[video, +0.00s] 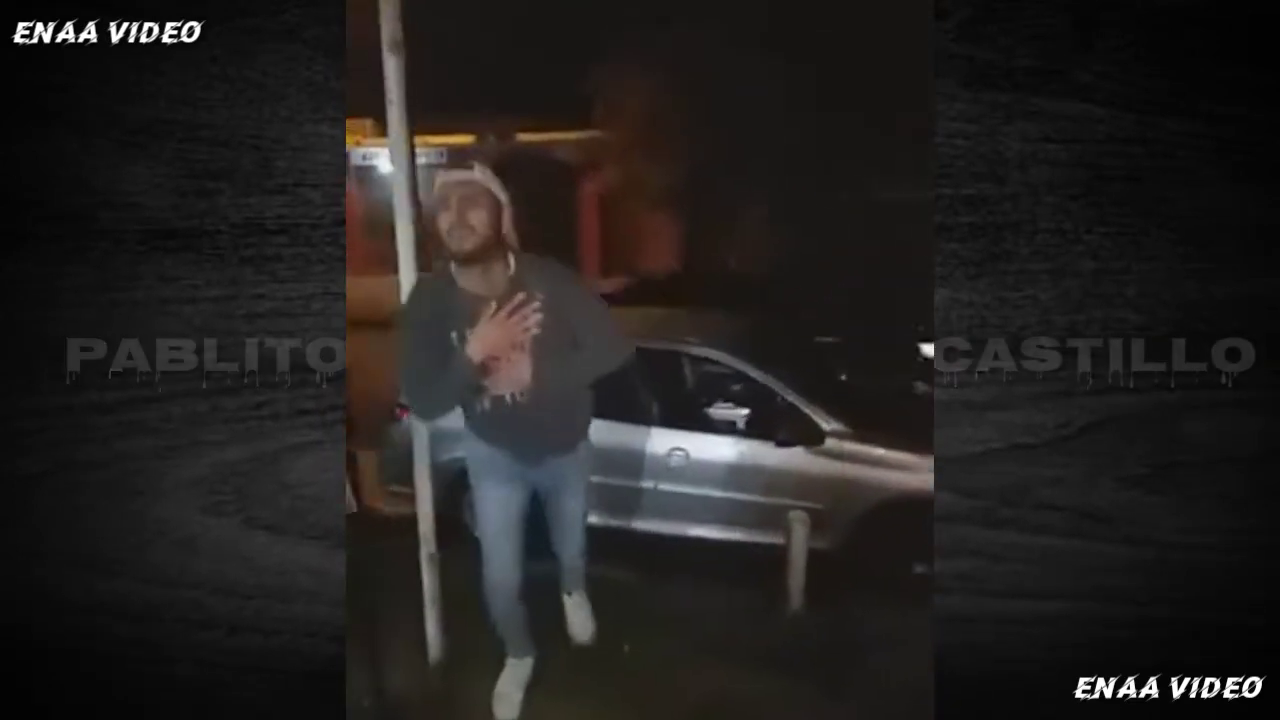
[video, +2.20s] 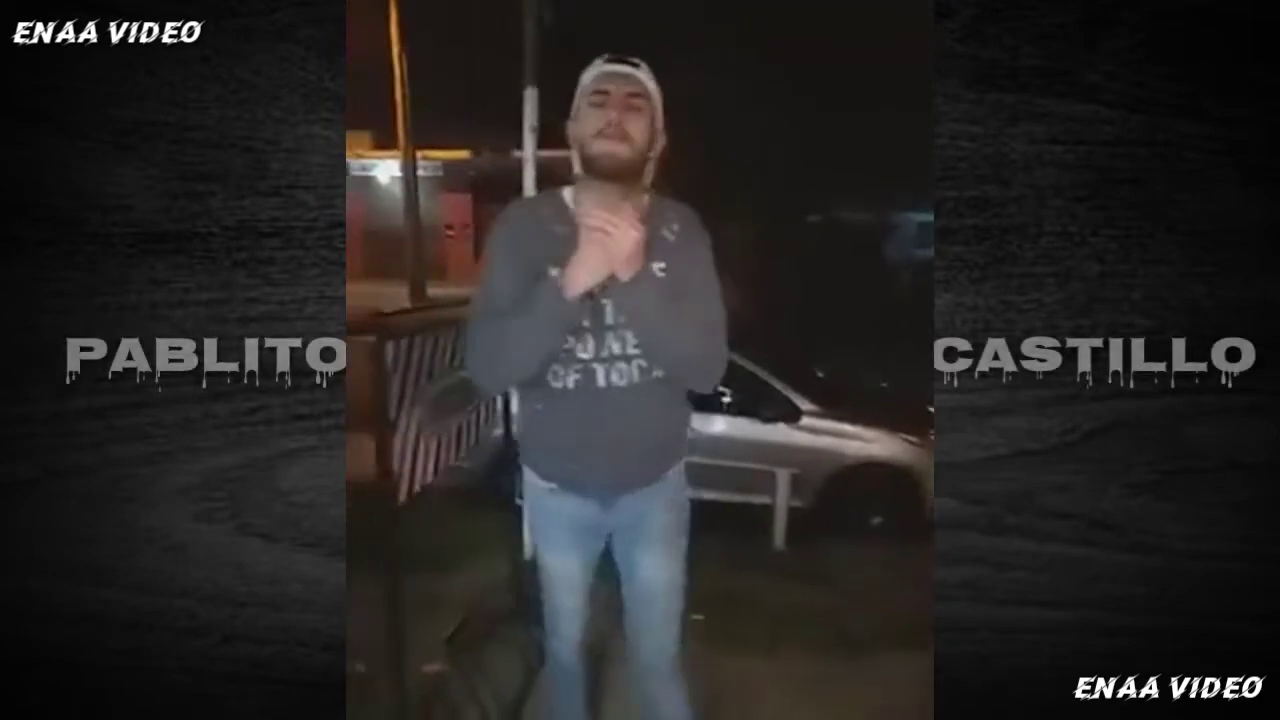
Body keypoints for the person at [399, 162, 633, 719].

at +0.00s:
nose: (457, 219)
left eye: (471, 206)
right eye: (445, 209)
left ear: (500, 216)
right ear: (435, 223)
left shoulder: (549, 280)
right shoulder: (431, 297)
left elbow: (613, 349)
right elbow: (423, 401)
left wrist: (539, 371)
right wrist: (474, 352)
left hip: (562, 448)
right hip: (492, 455)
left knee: (571, 546)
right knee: (500, 575)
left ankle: (573, 594)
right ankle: (517, 655)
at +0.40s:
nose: (549, 161)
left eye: (561, 151)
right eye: (536, 151)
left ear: (580, 165)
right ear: (516, 165)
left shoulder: (614, 243)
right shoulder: (497, 247)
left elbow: (655, 333)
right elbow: (471, 346)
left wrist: (595, 296)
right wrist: (516, 293)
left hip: (610, 426)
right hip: (538, 430)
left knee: (615, 556)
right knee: (551, 551)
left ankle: (612, 656)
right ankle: (564, 637)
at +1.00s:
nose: (648, 158)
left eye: (662, 149)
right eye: (637, 147)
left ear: (683, 169)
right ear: (616, 163)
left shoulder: (695, 254)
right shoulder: (575, 239)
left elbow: (712, 364)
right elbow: (533, 348)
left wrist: (657, 297)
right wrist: (598, 292)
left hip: (654, 446)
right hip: (580, 443)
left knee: (645, 587)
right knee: (581, 574)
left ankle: (651, 708)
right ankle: (590, 614)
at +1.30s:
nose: (615, 133)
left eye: (632, 122)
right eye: (602, 121)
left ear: (657, 143)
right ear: (584, 140)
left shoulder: (678, 231)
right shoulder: (549, 219)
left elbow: (700, 347)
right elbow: (509, 333)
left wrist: (630, 274)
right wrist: (566, 279)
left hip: (645, 441)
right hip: (562, 438)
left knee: (641, 572)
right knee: (551, 586)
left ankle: (646, 674)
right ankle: (548, 705)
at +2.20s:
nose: (614, 113)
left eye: (633, 104)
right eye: (598, 101)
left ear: (658, 136)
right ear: (571, 127)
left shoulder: (680, 230)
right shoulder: (526, 224)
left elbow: (704, 368)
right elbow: (489, 365)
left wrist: (632, 277)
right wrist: (573, 278)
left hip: (655, 480)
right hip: (557, 482)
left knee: (657, 655)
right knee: (564, 652)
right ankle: (566, 718)